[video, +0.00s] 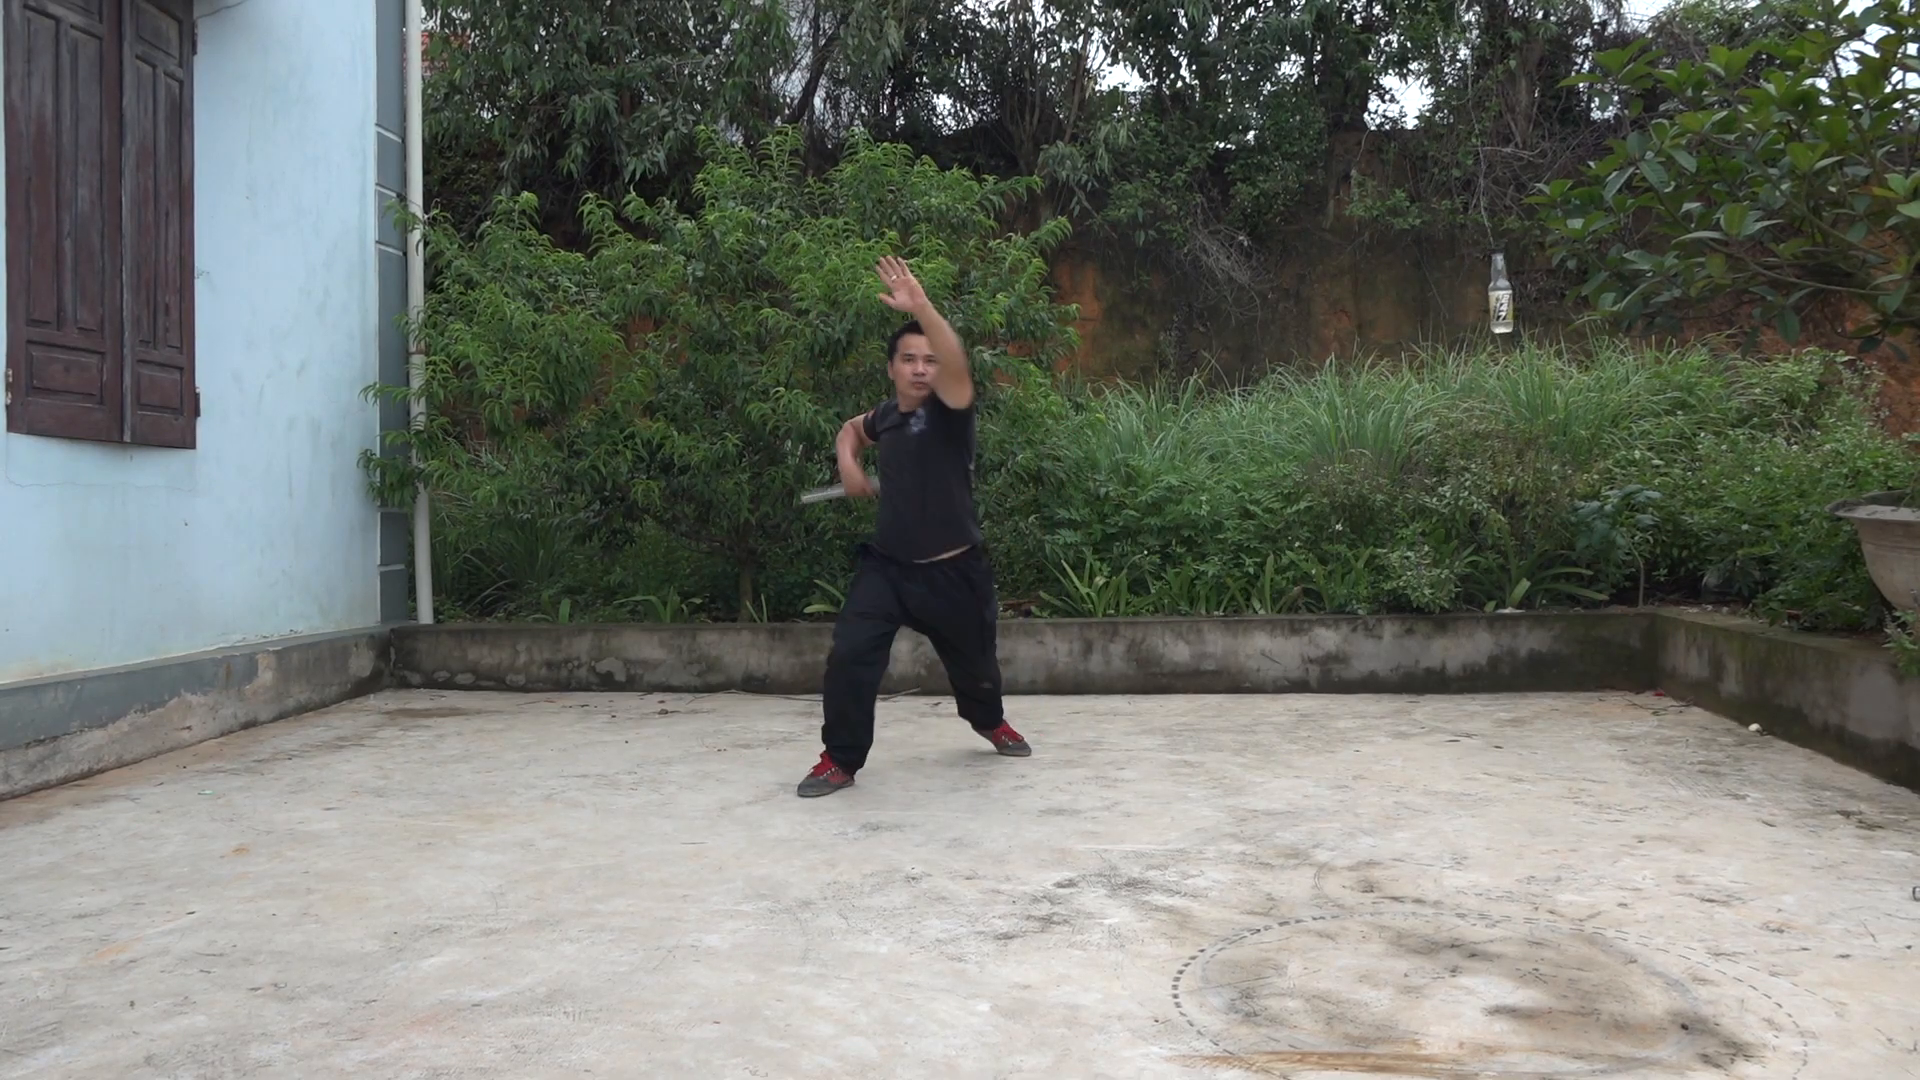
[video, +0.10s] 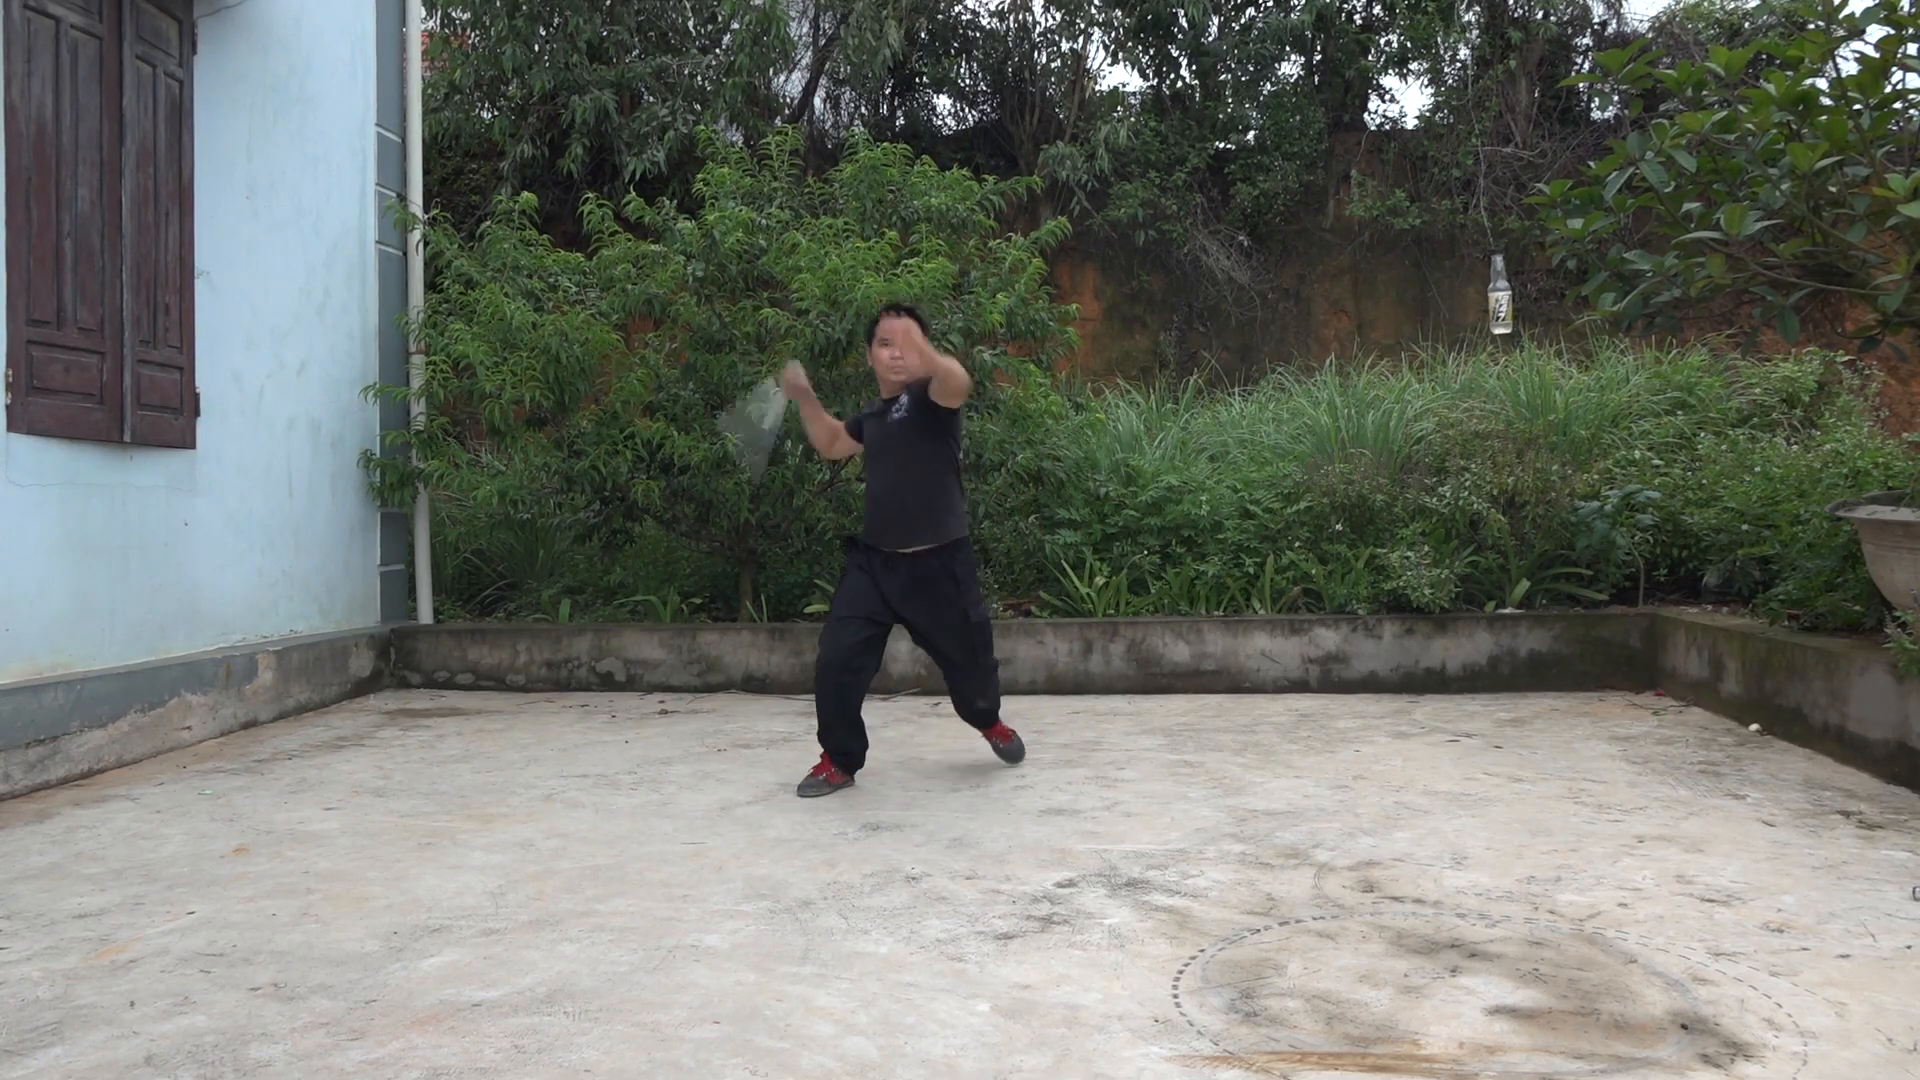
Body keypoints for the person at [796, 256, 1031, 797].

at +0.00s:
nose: (920, 368)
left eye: (928, 360)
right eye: (909, 359)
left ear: (942, 367)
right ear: (892, 369)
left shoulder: (953, 409)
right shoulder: (883, 417)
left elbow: (954, 361)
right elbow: (850, 432)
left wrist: (922, 308)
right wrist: (849, 466)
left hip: (954, 570)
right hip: (888, 567)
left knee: (975, 666)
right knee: (849, 658)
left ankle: (990, 723)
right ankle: (841, 760)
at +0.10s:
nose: (897, 354)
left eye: (907, 345)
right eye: (886, 344)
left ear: (923, 356)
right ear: (870, 354)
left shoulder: (936, 400)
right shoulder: (871, 417)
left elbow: (958, 384)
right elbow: (831, 444)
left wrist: (931, 357)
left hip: (941, 562)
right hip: (875, 564)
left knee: (972, 659)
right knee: (837, 662)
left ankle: (988, 720)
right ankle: (840, 761)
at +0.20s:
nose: (892, 341)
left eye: (904, 332)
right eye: (882, 331)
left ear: (921, 344)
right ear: (865, 343)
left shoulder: (945, 389)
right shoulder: (853, 412)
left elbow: (1011, 426)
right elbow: (785, 445)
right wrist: (796, 377)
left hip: (940, 558)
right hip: (867, 561)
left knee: (967, 662)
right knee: (837, 664)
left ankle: (986, 761)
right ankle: (839, 762)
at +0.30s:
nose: (906, 338)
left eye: (918, 329)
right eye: (895, 328)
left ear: (936, 342)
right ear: (877, 340)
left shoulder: (961, 406)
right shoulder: (854, 394)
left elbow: (994, 467)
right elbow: (780, 389)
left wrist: (987, 510)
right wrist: (807, 334)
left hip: (941, 559)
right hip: (870, 557)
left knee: (958, 668)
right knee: (843, 669)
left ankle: (979, 793)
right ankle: (842, 761)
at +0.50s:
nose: (916, 337)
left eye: (929, 329)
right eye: (906, 328)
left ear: (950, 347)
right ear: (889, 341)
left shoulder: (963, 416)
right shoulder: (870, 387)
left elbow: (977, 515)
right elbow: (832, 362)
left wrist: (989, 492)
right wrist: (826, 290)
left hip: (950, 566)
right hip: (879, 564)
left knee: (967, 684)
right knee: (854, 678)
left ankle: (971, 818)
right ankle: (846, 771)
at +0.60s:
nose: (922, 324)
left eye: (936, 316)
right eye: (911, 313)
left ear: (953, 333)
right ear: (891, 325)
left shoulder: (967, 394)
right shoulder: (860, 379)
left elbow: (1014, 464)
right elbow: (787, 401)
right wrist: (750, 335)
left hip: (947, 556)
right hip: (874, 552)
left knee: (962, 677)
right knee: (848, 674)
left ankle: (973, 814)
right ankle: (837, 772)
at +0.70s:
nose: (914, 329)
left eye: (928, 322)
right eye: (904, 317)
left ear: (943, 337)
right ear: (882, 328)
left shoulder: (956, 386)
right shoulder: (853, 398)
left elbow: (1017, 392)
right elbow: (780, 438)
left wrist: (964, 329)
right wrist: (739, 404)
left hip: (943, 562)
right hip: (869, 563)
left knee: (964, 682)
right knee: (839, 682)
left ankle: (975, 815)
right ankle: (837, 772)